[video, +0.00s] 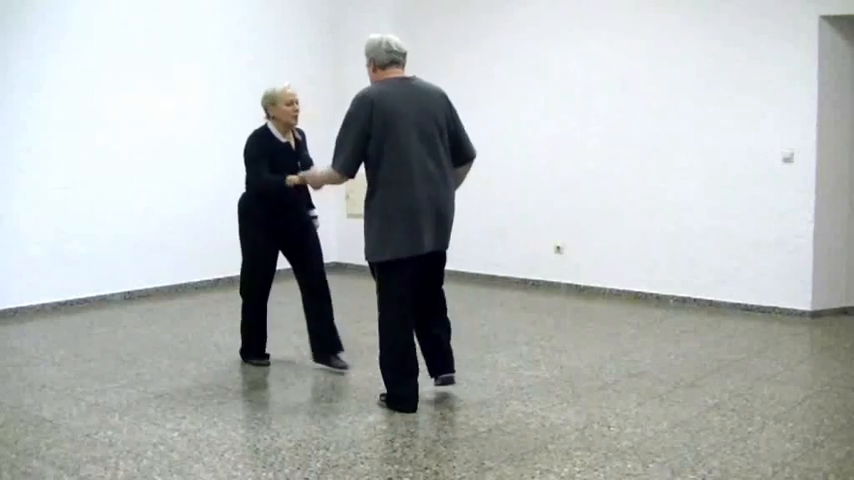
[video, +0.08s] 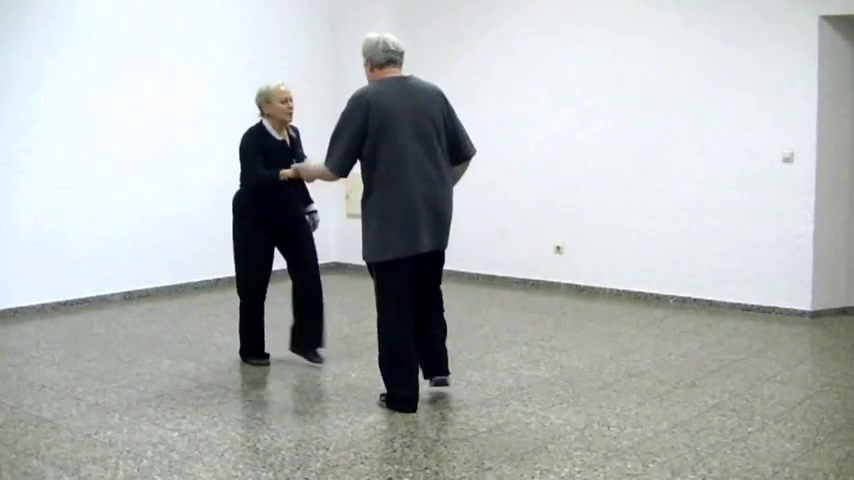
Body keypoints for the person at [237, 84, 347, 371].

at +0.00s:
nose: (296, 108)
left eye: (297, 103)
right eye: (289, 104)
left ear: (297, 108)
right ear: (271, 110)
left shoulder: (298, 136)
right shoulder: (257, 141)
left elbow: (303, 171)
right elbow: (258, 182)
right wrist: (291, 180)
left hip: (295, 219)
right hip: (260, 222)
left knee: (315, 282)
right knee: (256, 287)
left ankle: (326, 350)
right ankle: (252, 351)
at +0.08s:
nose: (291, 106)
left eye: (291, 101)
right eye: (284, 102)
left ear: (290, 105)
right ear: (266, 108)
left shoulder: (292, 135)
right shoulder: (252, 138)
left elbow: (297, 174)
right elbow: (250, 179)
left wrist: (310, 207)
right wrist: (285, 174)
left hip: (289, 216)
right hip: (255, 219)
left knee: (308, 276)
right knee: (253, 286)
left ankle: (304, 342)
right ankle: (252, 350)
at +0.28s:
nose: (281, 108)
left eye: (281, 104)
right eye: (274, 105)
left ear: (282, 108)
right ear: (256, 111)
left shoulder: (284, 137)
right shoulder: (245, 143)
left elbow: (293, 175)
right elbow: (246, 181)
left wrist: (312, 202)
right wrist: (277, 179)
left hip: (280, 220)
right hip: (248, 223)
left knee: (286, 284)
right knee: (251, 286)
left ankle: (267, 339)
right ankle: (250, 349)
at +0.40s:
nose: (279, 109)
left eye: (280, 104)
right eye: (272, 105)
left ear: (281, 108)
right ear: (256, 111)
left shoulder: (282, 137)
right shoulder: (245, 142)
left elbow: (287, 176)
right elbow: (247, 180)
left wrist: (310, 201)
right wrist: (281, 173)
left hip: (279, 216)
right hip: (247, 221)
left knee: (291, 278)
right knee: (252, 285)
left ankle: (269, 331)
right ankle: (249, 348)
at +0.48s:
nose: (281, 106)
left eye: (282, 101)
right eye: (274, 103)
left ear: (283, 105)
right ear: (257, 109)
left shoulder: (282, 135)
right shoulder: (247, 138)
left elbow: (286, 175)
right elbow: (253, 174)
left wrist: (306, 199)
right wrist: (286, 166)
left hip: (279, 215)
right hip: (247, 219)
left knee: (300, 269)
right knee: (251, 285)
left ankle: (280, 327)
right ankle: (250, 350)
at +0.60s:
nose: (288, 105)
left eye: (288, 101)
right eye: (281, 102)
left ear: (287, 104)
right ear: (264, 108)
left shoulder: (287, 137)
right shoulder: (253, 137)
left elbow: (287, 177)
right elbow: (260, 173)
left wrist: (305, 198)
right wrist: (293, 164)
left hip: (283, 214)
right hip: (252, 217)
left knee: (310, 266)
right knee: (254, 283)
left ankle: (300, 327)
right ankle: (250, 349)